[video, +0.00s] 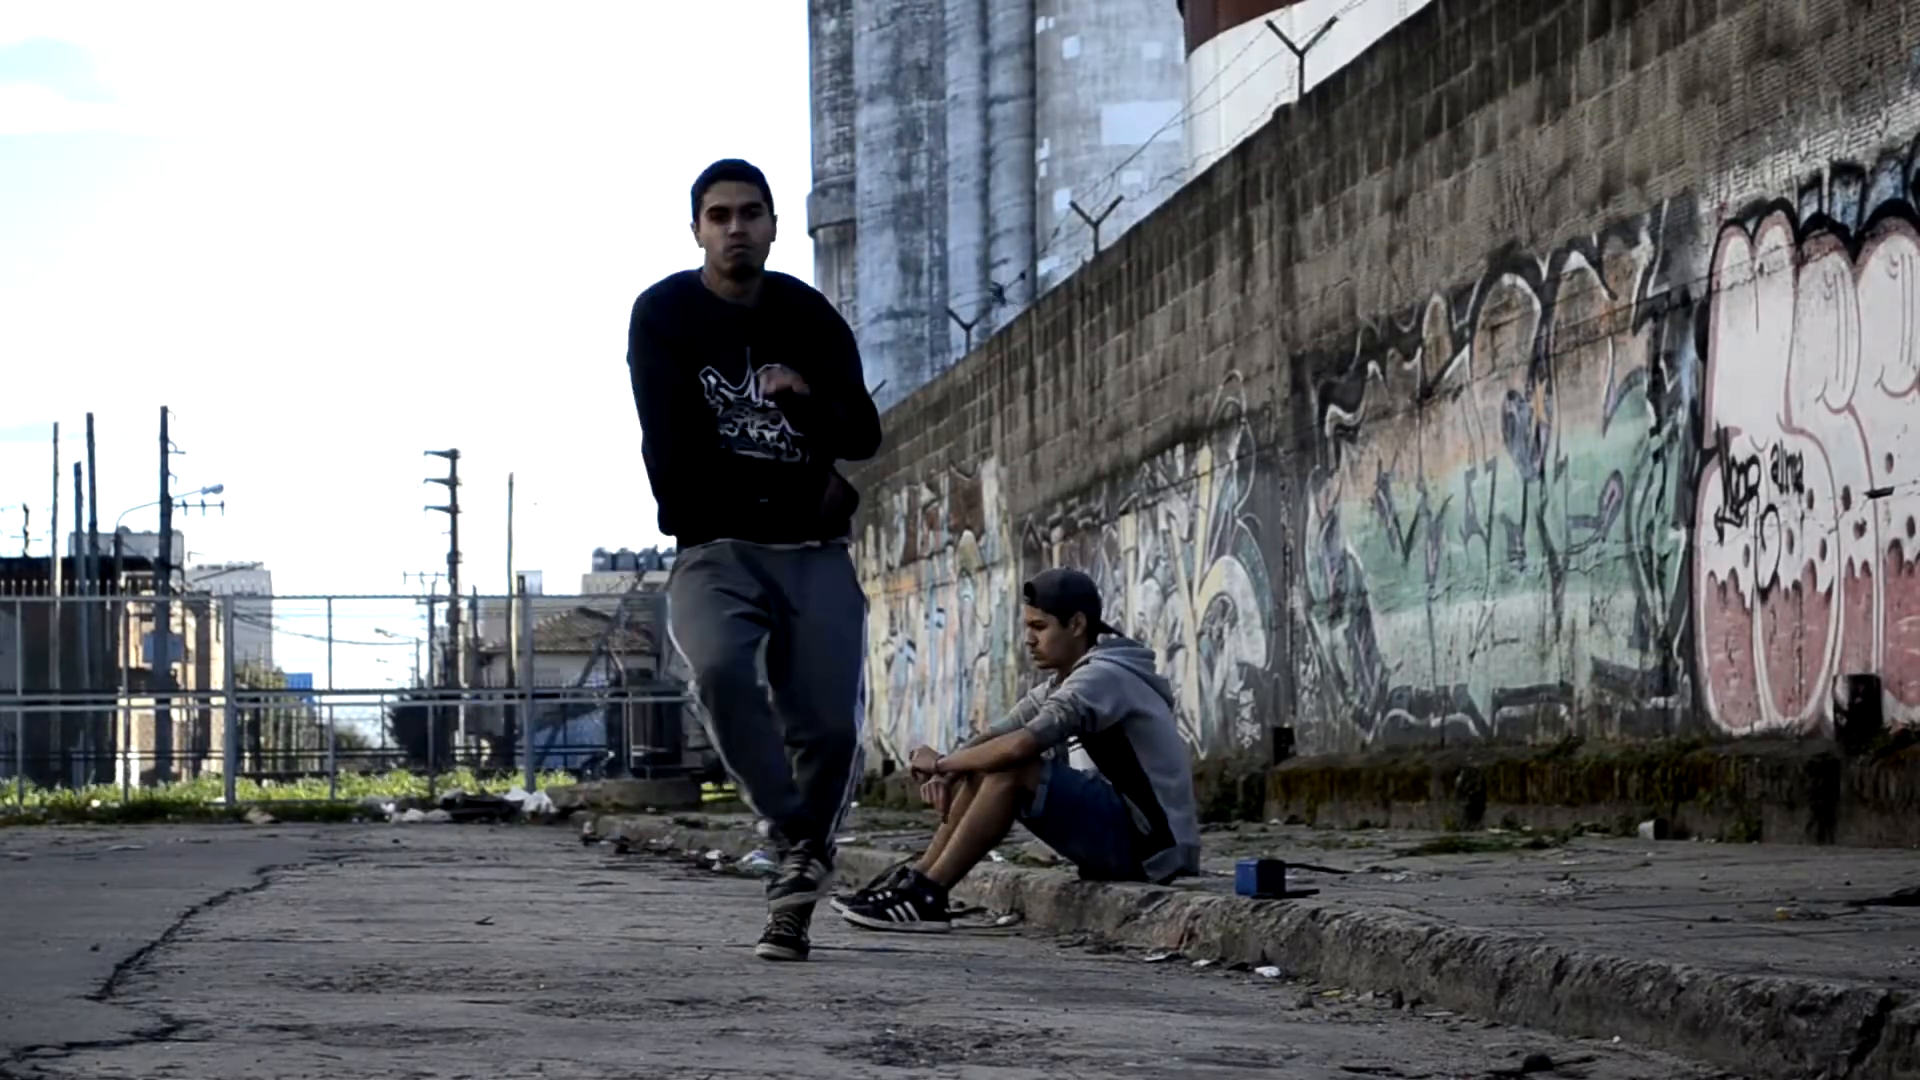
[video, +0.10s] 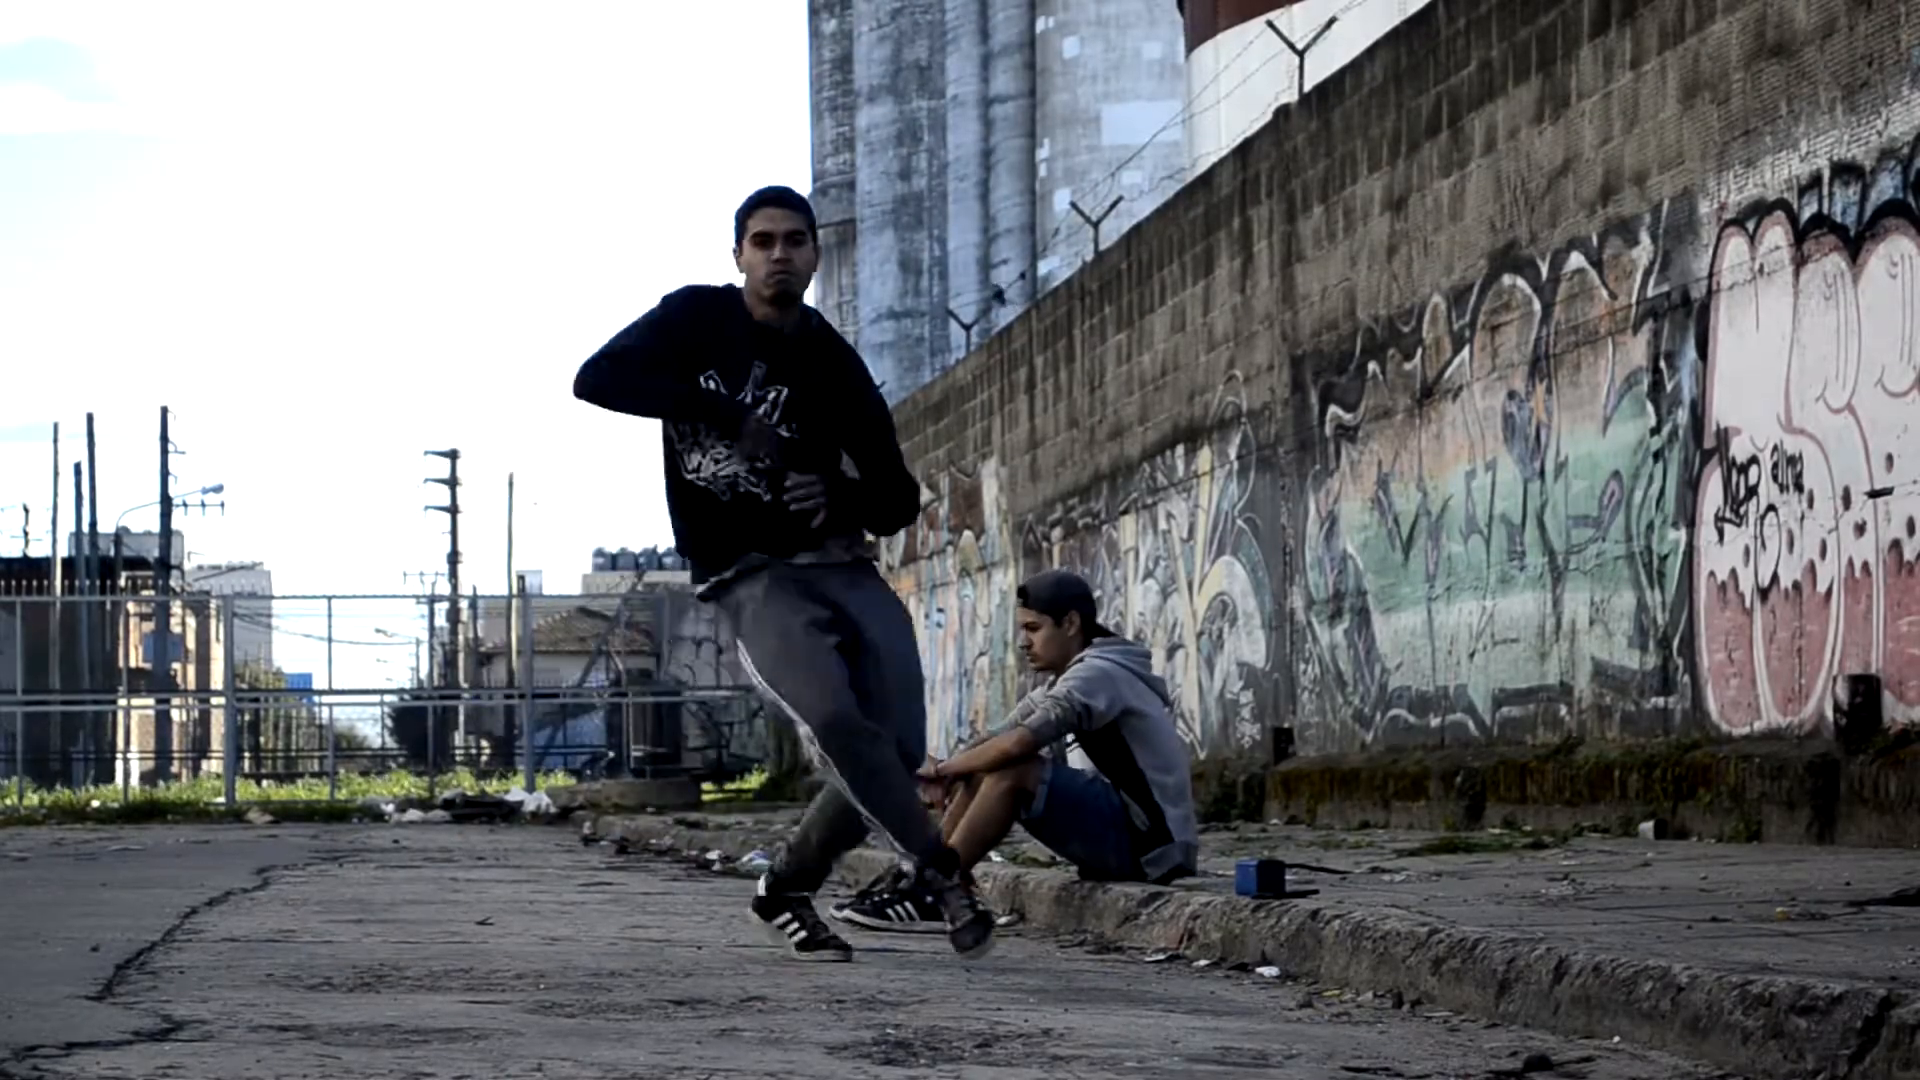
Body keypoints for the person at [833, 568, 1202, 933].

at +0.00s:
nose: (1029, 639)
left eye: (1039, 627)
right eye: (1027, 627)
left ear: (1078, 625)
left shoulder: (1103, 673)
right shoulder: (1072, 675)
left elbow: (1022, 747)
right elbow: (1005, 730)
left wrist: (944, 761)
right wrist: (945, 762)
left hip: (1151, 844)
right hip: (1121, 834)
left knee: (1014, 770)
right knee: (983, 763)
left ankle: (932, 893)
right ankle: (915, 883)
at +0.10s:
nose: (1025, 642)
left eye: (1034, 629)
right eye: (1022, 630)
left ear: (1071, 624)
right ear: (1068, 627)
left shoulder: (1097, 671)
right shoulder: (1076, 672)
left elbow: (1018, 746)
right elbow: (1008, 735)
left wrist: (945, 769)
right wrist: (946, 768)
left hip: (1150, 843)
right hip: (1123, 832)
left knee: (1014, 771)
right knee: (987, 763)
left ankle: (935, 891)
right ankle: (918, 881)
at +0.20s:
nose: (1023, 644)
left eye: (1031, 631)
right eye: (1020, 632)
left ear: (1068, 626)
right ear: (1066, 628)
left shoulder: (1097, 670)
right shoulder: (1076, 673)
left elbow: (1016, 745)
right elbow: (1008, 739)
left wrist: (947, 769)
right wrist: (941, 766)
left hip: (1150, 845)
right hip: (1128, 835)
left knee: (1014, 772)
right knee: (995, 767)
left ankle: (936, 895)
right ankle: (920, 886)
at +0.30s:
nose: (1023, 642)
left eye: (1032, 630)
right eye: (1021, 631)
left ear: (1069, 624)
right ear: (1065, 627)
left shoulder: (1098, 670)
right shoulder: (1073, 673)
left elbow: (1015, 745)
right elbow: (1002, 736)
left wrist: (949, 769)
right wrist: (954, 768)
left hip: (1150, 845)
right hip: (1122, 834)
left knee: (1014, 770)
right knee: (985, 764)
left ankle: (937, 895)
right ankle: (915, 884)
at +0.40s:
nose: (1022, 643)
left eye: (1030, 631)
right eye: (1021, 632)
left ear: (1068, 626)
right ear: (1066, 628)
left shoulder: (1098, 670)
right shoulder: (1076, 671)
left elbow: (1017, 745)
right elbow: (1009, 731)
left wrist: (947, 769)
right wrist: (948, 769)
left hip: (1153, 847)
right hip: (1127, 836)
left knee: (1014, 772)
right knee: (986, 768)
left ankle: (929, 896)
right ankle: (917, 885)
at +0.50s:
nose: (1024, 644)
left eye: (1032, 631)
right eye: (1021, 633)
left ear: (1070, 626)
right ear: (1066, 628)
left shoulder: (1101, 671)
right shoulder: (1071, 676)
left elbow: (1021, 740)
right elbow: (1002, 733)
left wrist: (946, 770)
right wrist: (946, 772)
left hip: (1151, 845)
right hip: (1122, 835)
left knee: (1015, 771)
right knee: (986, 765)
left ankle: (932, 895)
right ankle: (914, 884)